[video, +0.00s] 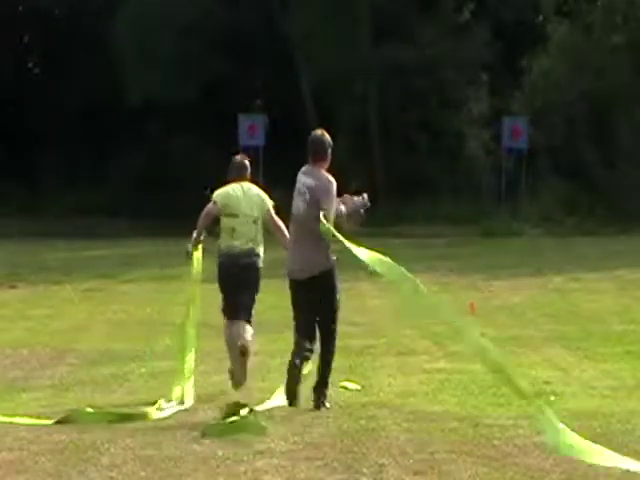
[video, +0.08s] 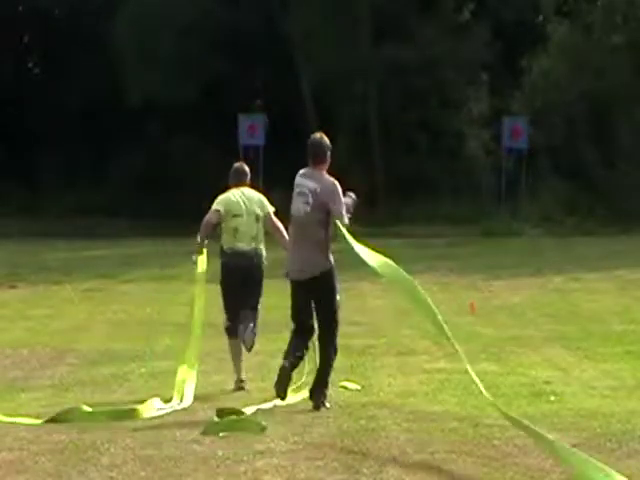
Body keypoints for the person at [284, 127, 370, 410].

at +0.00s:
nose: (331, 155)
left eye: (328, 151)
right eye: (331, 151)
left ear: (309, 152)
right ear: (329, 153)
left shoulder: (303, 176)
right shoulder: (326, 182)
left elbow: (322, 209)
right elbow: (326, 222)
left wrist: (346, 204)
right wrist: (351, 207)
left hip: (296, 269)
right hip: (320, 268)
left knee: (304, 330)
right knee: (328, 331)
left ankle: (296, 362)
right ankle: (321, 391)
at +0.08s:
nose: (328, 158)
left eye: (323, 154)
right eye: (329, 154)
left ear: (308, 156)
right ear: (328, 156)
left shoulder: (300, 178)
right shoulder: (329, 185)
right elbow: (341, 222)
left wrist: (338, 202)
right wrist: (349, 203)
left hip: (296, 268)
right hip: (320, 268)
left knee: (302, 327)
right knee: (328, 333)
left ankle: (287, 365)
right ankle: (319, 391)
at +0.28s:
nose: (314, 149)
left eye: (308, 144)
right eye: (317, 144)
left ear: (298, 146)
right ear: (320, 146)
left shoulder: (291, 172)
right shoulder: (330, 173)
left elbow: (283, 205)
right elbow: (340, 206)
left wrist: (289, 216)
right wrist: (339, 205)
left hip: (299, 256)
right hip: (325, 254)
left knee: (301, 316)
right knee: (324, 304)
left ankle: (305, 373)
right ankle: (323, 331)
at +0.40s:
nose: (307, 158)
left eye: (302, 153)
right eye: (311, 153)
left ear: (293, 156)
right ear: (312, 154)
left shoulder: (287, 183)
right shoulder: (324, 180)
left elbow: (286, 218)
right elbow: (334, 216)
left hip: (296, 266)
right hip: (320, 266)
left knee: (302, 329)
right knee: (322, 318)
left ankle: (308, 383)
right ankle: (323, 350)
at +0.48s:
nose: (315, 155)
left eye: (310, 150)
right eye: (316, 151)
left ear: (297, 153)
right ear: (316, 153)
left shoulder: (289, 178)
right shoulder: (322, 179)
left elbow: (292, 211)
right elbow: (330, 214)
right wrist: (339, 203)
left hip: (294, 263)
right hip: (318, 262)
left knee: (303, 322)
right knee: (324, 317)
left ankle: (308, 379)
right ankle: (328, 373)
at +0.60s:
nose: (322, 161)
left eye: (317, 156)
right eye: (322, 157)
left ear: (302, 158)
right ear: (322, 159)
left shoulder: (292, 181)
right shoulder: (322, 188)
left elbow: (294, 215)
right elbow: (324, 227)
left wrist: (330, 212)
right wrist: (342, 216)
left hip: (288, 264)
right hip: (312, 265)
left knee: (300, 315)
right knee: (322, 320)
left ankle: (303, 341)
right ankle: (323, 378)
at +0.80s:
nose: (303, 160)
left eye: (299, 155)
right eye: (306, 156)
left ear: (290, 157)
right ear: (309, 157)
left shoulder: (280, 183)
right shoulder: (318, 186)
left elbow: (276, 219)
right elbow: (327, 221)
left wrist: (284, 237)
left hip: (287, 264)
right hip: (312, 264)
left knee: (285, 310)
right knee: (316, 321)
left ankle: (280, 355)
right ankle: (320, 373)